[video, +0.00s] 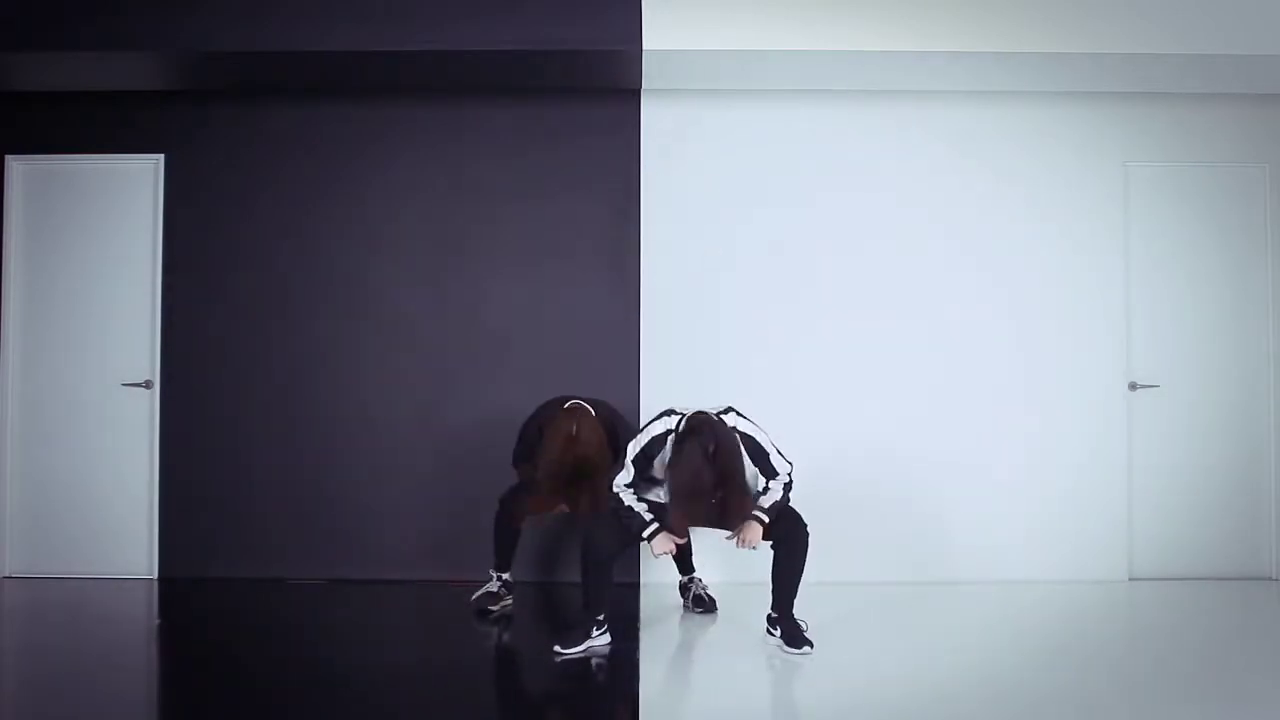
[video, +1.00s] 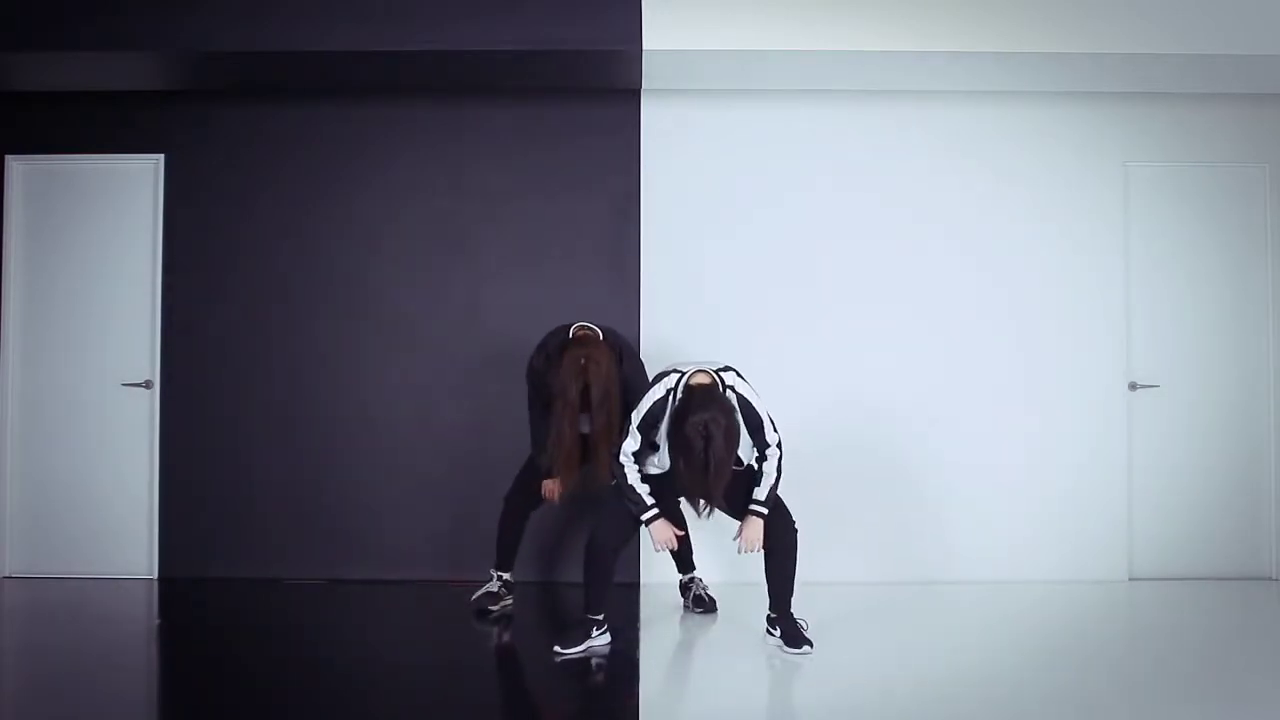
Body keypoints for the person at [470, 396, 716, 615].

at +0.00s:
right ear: (552, 446)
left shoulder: (613, 428)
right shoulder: (539, 425)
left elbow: (628, 468)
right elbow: (521, 465)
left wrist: (587, 500)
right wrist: (553, 498)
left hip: (608, 483)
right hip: (551, 480)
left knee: (664, 512)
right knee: (509, 506)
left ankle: (690, 582)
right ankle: (501, 580)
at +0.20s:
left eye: (578, 454)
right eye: (564, 456)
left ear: (596, 432)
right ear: (551, 431)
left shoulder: (618, 416)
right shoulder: (534, 413)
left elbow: (632, 463)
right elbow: (522, 460)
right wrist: (544, 497)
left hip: (608, 472)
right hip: (549, 469)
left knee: (666, 509)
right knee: (507, 504)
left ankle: (690, 581)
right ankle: (501, 580)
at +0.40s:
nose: (571, 446)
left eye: (578, 440)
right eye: (565, 440)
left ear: (595, 415)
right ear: (552, 413)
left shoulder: (616, 396)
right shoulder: (534, 396)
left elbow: (637, 453)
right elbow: (525, 448)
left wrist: (585, 497)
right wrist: (538, 494)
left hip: (609, 467)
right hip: (553, 462)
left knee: (667, 507)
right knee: (508, 503)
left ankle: (690, 581)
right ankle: (501, 581)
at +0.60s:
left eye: (582, 421)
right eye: (570, 421)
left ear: (597, 394)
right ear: (556, 393)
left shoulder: (618, 380)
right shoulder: (536, 380)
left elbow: (638, 436)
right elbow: (530, 435)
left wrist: (606, 479)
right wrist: (540, 486)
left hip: (612, 452)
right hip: (555, 453)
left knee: (665, 503)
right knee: (512, 502)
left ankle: (690, 582)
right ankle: (501, 580)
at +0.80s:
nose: (577, 410)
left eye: (584, 406)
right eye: (570, 406)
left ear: (601, 383)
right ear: (558, 381)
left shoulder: (622, 369)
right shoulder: (540, 367)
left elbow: (645, 422)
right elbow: (533, 424)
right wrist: (544, 475)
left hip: (618, 447)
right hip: (560, 445)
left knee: (666, 502)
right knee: (515, 502)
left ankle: (690, 581)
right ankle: (502, 580)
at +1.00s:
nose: (589, 396)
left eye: (595, 391)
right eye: (582, 391)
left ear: (606, 366)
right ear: (565, 368)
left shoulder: (624, 356)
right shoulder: (544, 358)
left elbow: (644, 414)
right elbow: (540, 419)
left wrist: (636, 462)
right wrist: (549, 470)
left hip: (620, 442)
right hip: (564, 443)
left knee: (666, 502)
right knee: (517, 501)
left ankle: (690, 580)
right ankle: (502, 580)